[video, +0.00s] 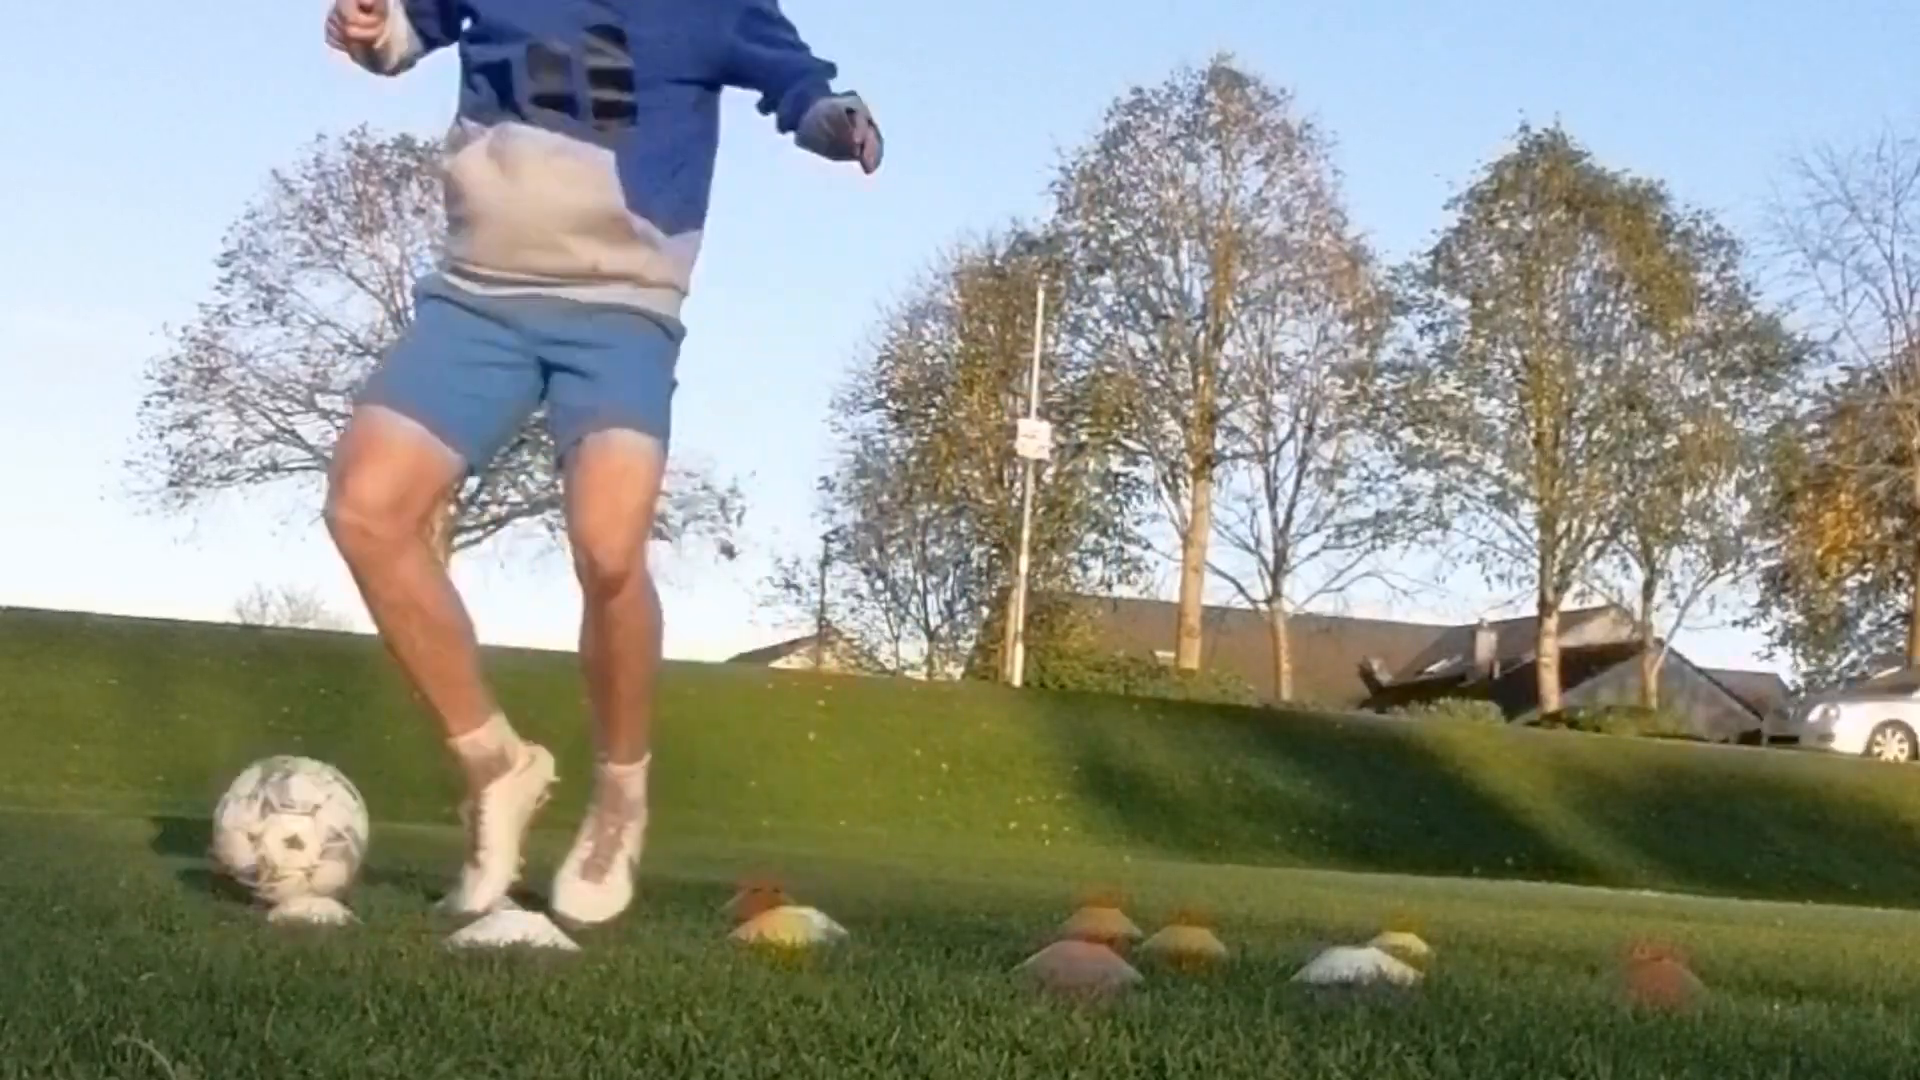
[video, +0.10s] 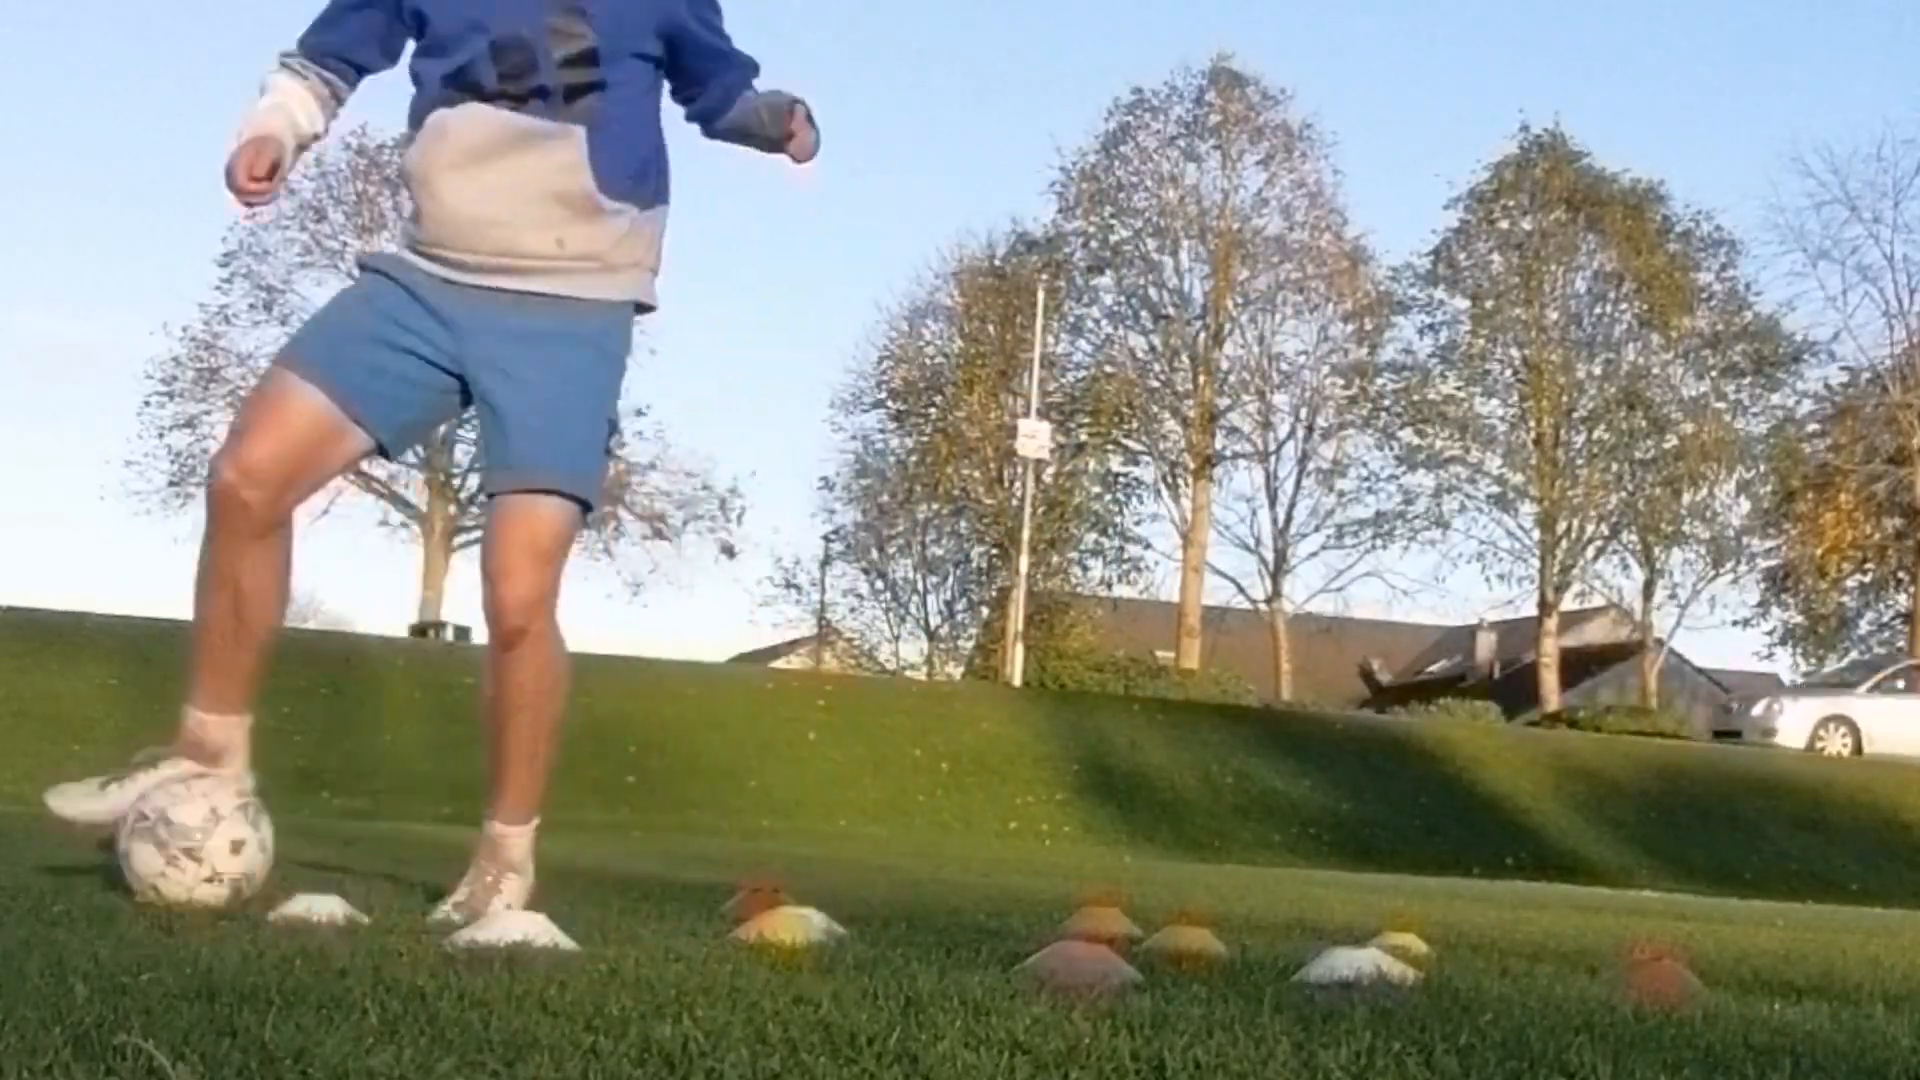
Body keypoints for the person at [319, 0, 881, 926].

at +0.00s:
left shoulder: (714, 10)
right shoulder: (484, 0)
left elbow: (798, 85)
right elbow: (413, 27)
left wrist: (841, 123)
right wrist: (376, 33)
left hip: (621, 311)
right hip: (475, 297)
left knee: (609, 554)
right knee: (368, 510)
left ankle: (619, 796)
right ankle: (498, 764)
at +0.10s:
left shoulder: (656, 9)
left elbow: (720, 91)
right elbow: (330, 59)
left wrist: (786, 119)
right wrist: (274, 129)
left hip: (570, 312)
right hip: (416, 283)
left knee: (518, 602)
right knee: (248, 482)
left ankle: (504, 871)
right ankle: (207, 775)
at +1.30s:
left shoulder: (827, 15)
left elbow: (730, 132)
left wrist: (870, 217)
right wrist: (451, 23)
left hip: (620, 212)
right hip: (595, 196)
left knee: (700, 524)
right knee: (728, 521)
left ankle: (529, 819)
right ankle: (661, 899)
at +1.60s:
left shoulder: (884, 5)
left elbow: (1000, 26)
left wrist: (1159, 23)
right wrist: (506, 15)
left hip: (574, 156)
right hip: (716, 144)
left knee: (608, 514)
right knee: (869, 467)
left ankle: (496, 855)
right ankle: (968, 809)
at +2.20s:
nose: (889, 105)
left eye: (894, 95)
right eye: (894, 87)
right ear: (877, 54)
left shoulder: (660, 91)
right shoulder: (855, 43)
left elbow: (538, 213)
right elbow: (834, 132)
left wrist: (606, 307)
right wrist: (897, 281)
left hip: (575, 354)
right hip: (708, 365)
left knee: (563, 620)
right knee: (881, 568)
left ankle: (419, 872)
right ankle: (645, 699)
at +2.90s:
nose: (1230, 55)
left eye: (1230, 47)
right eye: (1232, 44)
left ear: (1145, 13)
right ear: (1206, 24)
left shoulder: (1015, 60)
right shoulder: (1212, 50)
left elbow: (942, 120)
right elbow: (1294, 186)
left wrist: (986, 272)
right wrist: (1315, 268)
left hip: (985, 351)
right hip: (1098, 355)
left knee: (1067, 590)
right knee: (1170, 607)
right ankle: (1002, 786)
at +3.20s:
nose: (1390, 126)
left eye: (1384, 118)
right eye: (1384, 114)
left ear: (1291, 95)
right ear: (1358, 96)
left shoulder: (1205, 159)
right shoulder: (1351, 103)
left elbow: (1120, 310)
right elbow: (1446, 162)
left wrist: (1212, 365)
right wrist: (1522, 296)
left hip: (1178, 406)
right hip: (1299, 385)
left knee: (1196, 644)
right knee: (1449, 505)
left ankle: (1128, 892)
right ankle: (1348, 696)